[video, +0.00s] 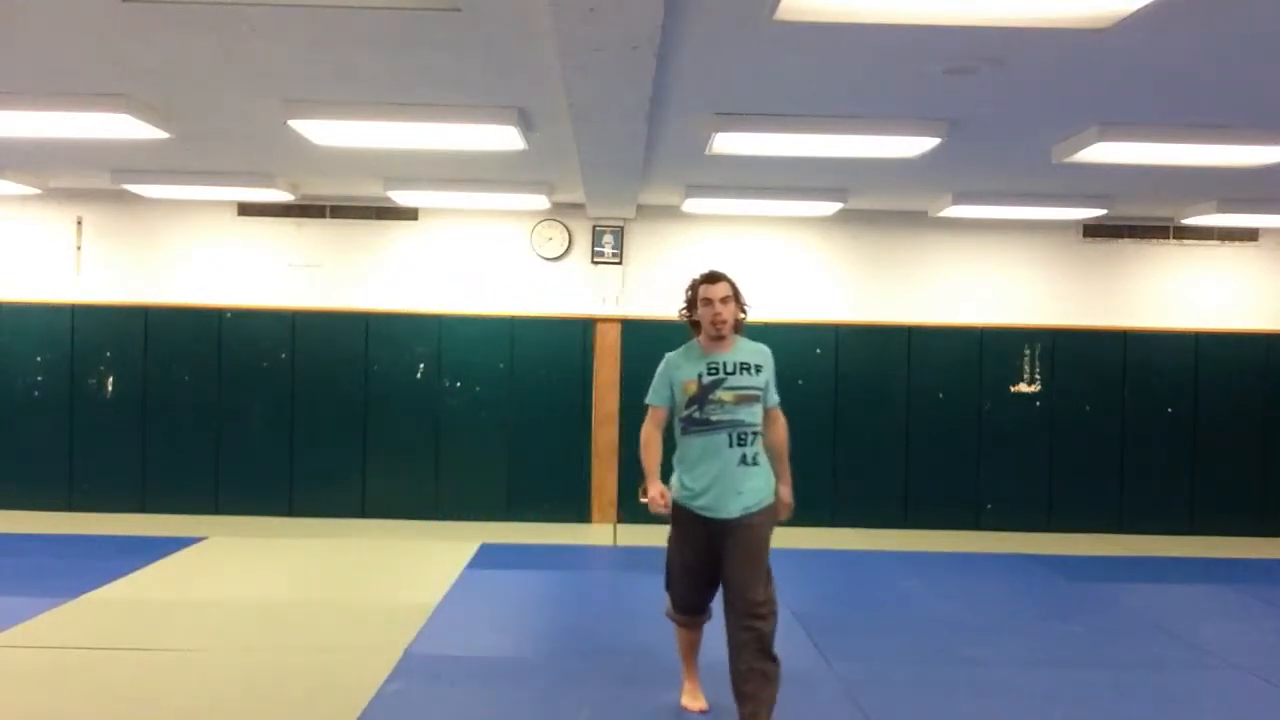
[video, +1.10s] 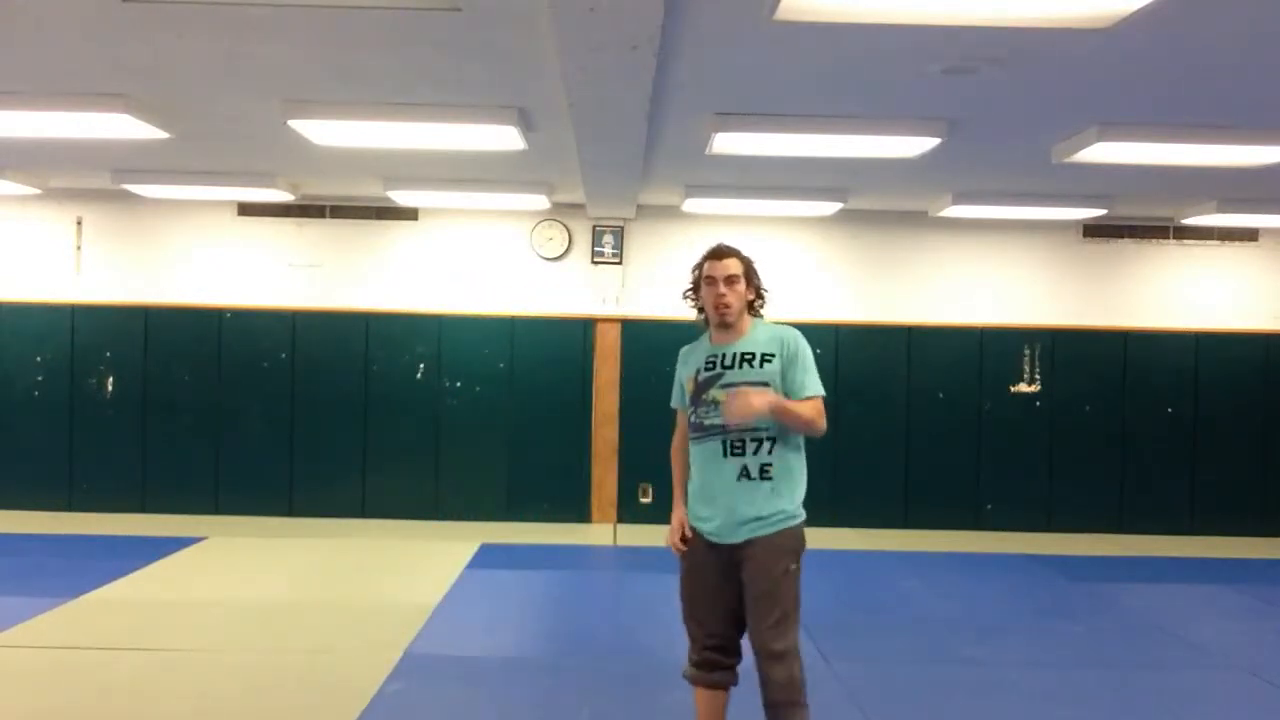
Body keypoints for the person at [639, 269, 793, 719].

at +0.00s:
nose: (717, 310)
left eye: (725, 301)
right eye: (707, 303)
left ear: (738, 307)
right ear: (695, 310)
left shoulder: (760, 356)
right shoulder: (675, 363)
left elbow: (773, 420)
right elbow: (652, 425)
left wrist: (783, 480)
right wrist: (653, 478)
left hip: (752, 503)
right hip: (693, 504)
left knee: (752, 613)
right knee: (688, 602)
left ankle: (756, 710)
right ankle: (690, 678)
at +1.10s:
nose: (721, 292)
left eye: (731, 281)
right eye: (710, 283)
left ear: (750, 290)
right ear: (699, 295)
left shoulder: (786, 342)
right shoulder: (689, 356)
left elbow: (815, 419)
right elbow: (682, 434)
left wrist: (769, 403)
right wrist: (679, 504)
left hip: (771, 524)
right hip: (704, 526)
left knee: (775, 652)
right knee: (709, 655)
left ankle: (788, 718)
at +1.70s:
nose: (754, 287)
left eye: (765, 278)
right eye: (743, 278)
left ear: (783, 289)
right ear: (731, 293)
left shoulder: (816, 338)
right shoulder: (726, 360)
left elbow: (859, 413)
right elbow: (733, 439)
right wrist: (728, 509)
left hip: (815, 528)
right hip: (749, 531)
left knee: (810, 671)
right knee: (762, 672)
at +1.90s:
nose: (780, 288)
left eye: (791, 279)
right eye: (770, 279)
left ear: (806, 290)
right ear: (753, 292)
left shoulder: (841, 348)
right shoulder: (741, 361)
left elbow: (881, 426)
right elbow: (739, 439)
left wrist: (876, 508)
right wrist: (734, 505)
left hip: (835, 535)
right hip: (763, 535)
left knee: (850, 668)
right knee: (766, 668)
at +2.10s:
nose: (829, 288)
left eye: (839, 280)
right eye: (817, 278)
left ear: (851, 293)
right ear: (796, 291)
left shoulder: (880, 355)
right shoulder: (770, 360)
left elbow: (911, 430)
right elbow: (751, 436)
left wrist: (903, 505)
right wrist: (745, 506)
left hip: (861, 535)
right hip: (783, 536)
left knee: (903, 671)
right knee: (776, 669)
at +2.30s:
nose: (900, 299)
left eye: (909, 290)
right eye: (887, 290)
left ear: (919, 303)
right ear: (863, 302)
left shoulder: (943, 370)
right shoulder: (826, 368)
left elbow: (958, 443)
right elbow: (786, 441)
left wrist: (957, 504)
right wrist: (795, 509)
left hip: (910, 548)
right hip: (828, 547)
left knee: (950, 676)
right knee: (794, 677)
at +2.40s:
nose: (942, 301)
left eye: (950, 292)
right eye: (928, 292)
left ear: (960, 304)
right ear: (904, 305)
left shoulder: (976, 375)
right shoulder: (867, 366)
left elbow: (989, 450)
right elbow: (817, 442)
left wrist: (996, 501)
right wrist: (839, 506)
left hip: (934, 557)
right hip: (853, 554)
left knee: (971, 696)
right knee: (810, 682)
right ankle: (794, 708)